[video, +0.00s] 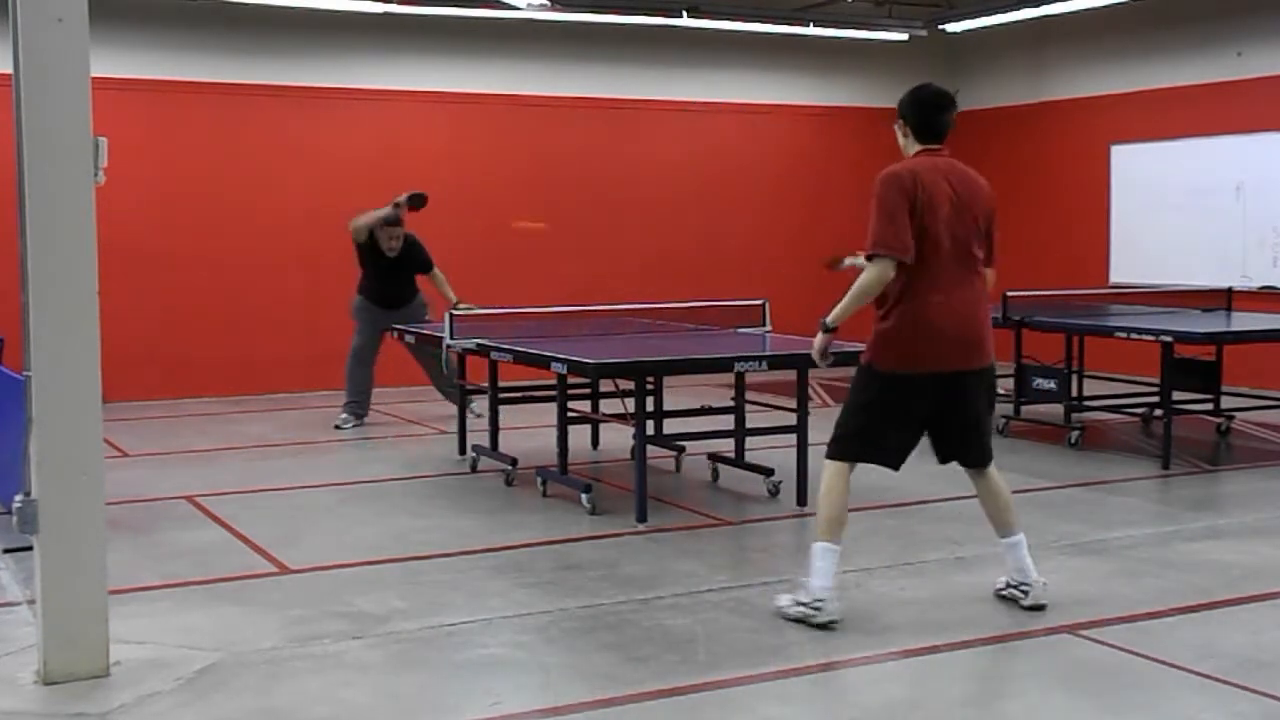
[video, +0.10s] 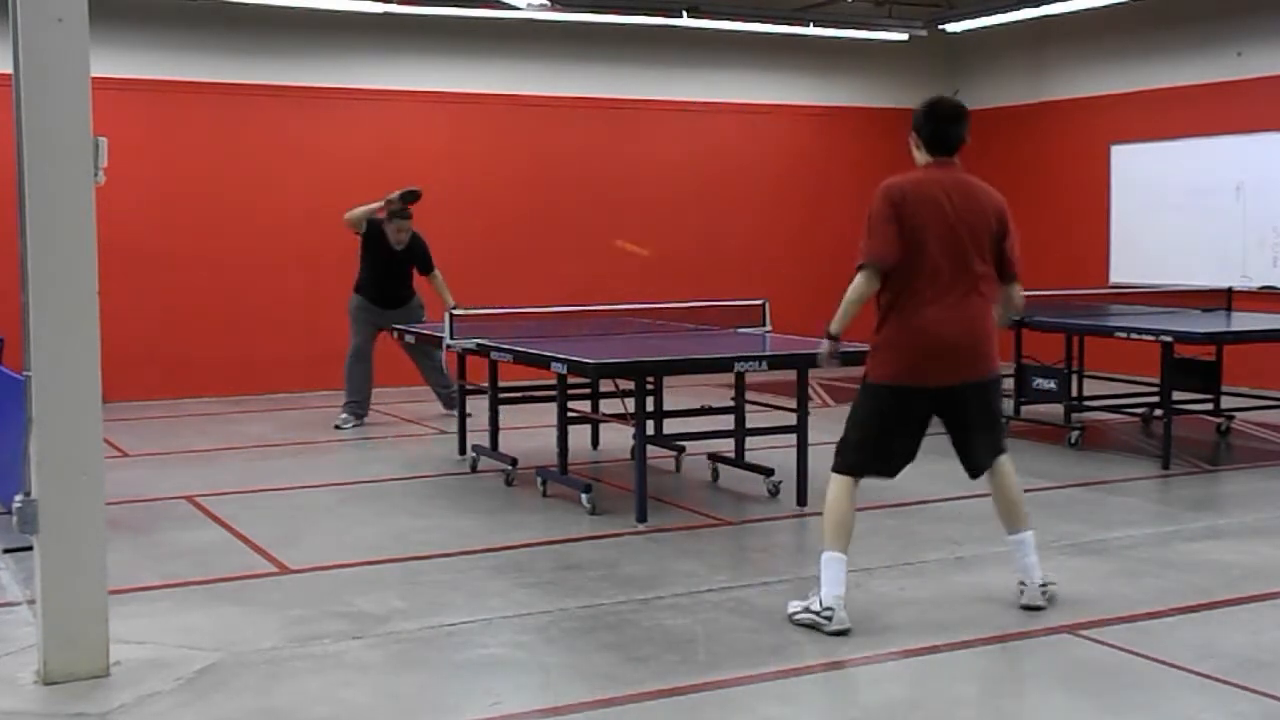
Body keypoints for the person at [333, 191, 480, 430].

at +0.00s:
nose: (393, 244)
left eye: (398, 238)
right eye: (389, 238)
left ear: (403, 235)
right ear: (377, 236)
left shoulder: (411, 246)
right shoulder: (366, 245)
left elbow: (433, 273)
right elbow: (356, 227)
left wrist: (455, 301)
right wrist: (391, 210)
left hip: (409, 309)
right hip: (372, 309)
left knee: (434, 355)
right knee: (361, 353)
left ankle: (464, 400)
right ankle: (354, 411)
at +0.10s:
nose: (402, 237)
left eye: (406, 232)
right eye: (397, 232)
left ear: (412, 229)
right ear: (386, 226)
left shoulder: (416, 244)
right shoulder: (371, 230)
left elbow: (432, 275)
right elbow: (350, 219)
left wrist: (450, 303)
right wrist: (380, 205)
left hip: (404, 307)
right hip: (367, 306)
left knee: (427, 353)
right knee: (359, 352)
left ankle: (451, 400)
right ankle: (354, 411)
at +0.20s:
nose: (415, 229)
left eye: (419, 224)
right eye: (411, 223)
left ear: (422, 222)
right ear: (397, 220)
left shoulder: (423, 241)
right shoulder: (380, 228)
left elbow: (433, 276)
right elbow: (345, 226)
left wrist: (445, 307)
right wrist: (370, 216)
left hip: (405, 305)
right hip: (370, 303)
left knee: (424, 353)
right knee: (358, 352)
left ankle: (446, 400)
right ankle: (354, 411)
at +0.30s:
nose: (426, 224)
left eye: (430, 219)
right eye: (421, 218)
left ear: (433, 218)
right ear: (410, 215)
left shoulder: (433, 241)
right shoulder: (391, 227)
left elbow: (437, 279)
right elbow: (351, 235)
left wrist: (444, 311)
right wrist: (355, 237)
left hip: (412, 308)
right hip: (376, 305)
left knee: (428, 356)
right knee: (361, 354)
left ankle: (446, 402)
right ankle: (354, 410)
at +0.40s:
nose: (435, 219)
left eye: (438, 214)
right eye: (430, 213)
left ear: (441, 214)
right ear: (416, 211)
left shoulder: (442, 238)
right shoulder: (396, 227)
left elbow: (445, 275)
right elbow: (361, 241)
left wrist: (447, 307)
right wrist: (359, 252)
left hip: (418, 306)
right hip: (382, 304)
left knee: (435, 353)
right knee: (368, 354)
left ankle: (447, 403)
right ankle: (356, 408)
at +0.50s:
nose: (436, 211)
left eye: (439, 206)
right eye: (430, 206)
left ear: (442, 207)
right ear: (417, 205)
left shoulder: (445, 233)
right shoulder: (396, 223)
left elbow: (452, 269)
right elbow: (366, 241)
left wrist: (456, 302)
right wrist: (363, 261)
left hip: (421, 303)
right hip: (385, 301)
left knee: (436, 354)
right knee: (369, 352)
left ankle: (447, 403)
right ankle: (355, 406)